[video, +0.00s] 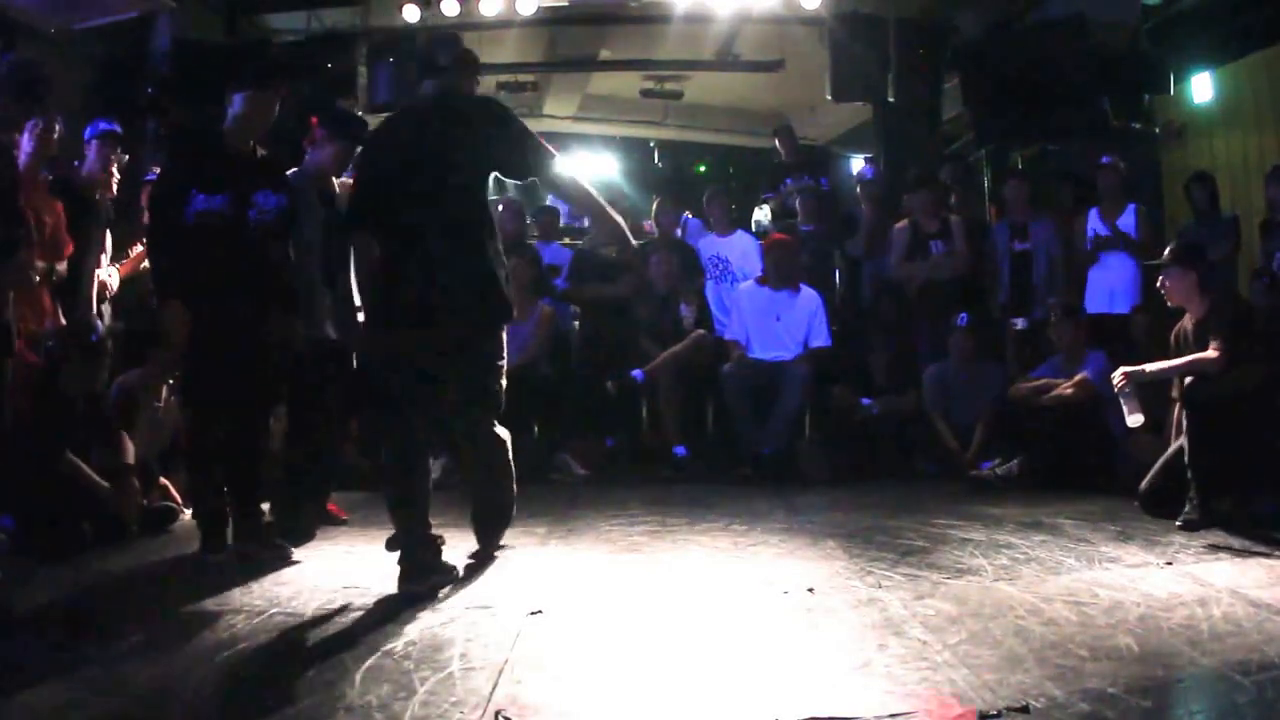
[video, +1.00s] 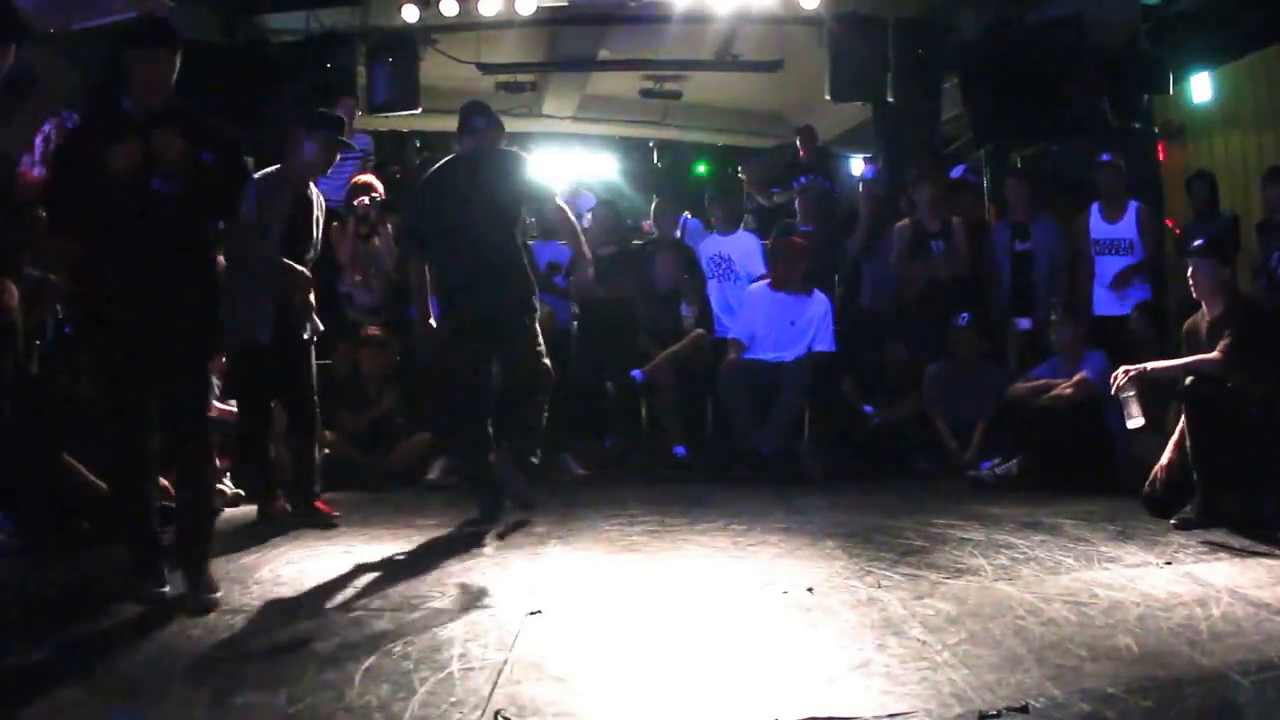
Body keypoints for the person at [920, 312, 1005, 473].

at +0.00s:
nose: (961, 346)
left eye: (966, 340)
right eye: (957, 340)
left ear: (974, 343)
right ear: (950, 342)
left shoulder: (988, 373)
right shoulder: (935, 374)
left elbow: (986, 416)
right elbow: (936, 416)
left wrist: (972, 454)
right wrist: (957, 452)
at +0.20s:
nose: (961, 346)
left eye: (966, 341)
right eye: (957, 341)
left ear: (975, 344)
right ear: (950, 343)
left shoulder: (988, 374)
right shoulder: (935, 374)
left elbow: (985, 417)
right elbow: (936, 415)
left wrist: (972, 453)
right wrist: (955, 450)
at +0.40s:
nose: (961, 348)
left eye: (966, 343)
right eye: (957, 343)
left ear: (973, 345)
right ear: (950, 345)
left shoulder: (985, 373)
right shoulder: (935, 374)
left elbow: (985, 415)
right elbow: (935, 414)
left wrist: (972, 451)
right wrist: (953, 448)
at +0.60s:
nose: (964, 345)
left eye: (968, 339)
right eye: (959, 339)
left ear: (976, 341)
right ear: (952, 341)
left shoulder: (985, 372)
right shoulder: (935, 373)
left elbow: (984, 415)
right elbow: (935, 413)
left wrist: (971, 453)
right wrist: (952, 446)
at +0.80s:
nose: (962, 344)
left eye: (968, 338)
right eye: (958, 338)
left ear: (976, 341)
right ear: (951, 339)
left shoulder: (988, 373)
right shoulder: (937, 373)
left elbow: (985, 416)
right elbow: (936, 414)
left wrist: (972, 453)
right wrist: (953, 447)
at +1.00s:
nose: (963, 345)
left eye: (969, 339)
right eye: (958, 339)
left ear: (978, 341)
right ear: (950, 341)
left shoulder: (988, 372)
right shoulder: (937, 373)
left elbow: (986, 415)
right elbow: (935, 412)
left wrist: (973, 452)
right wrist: (952, 446)